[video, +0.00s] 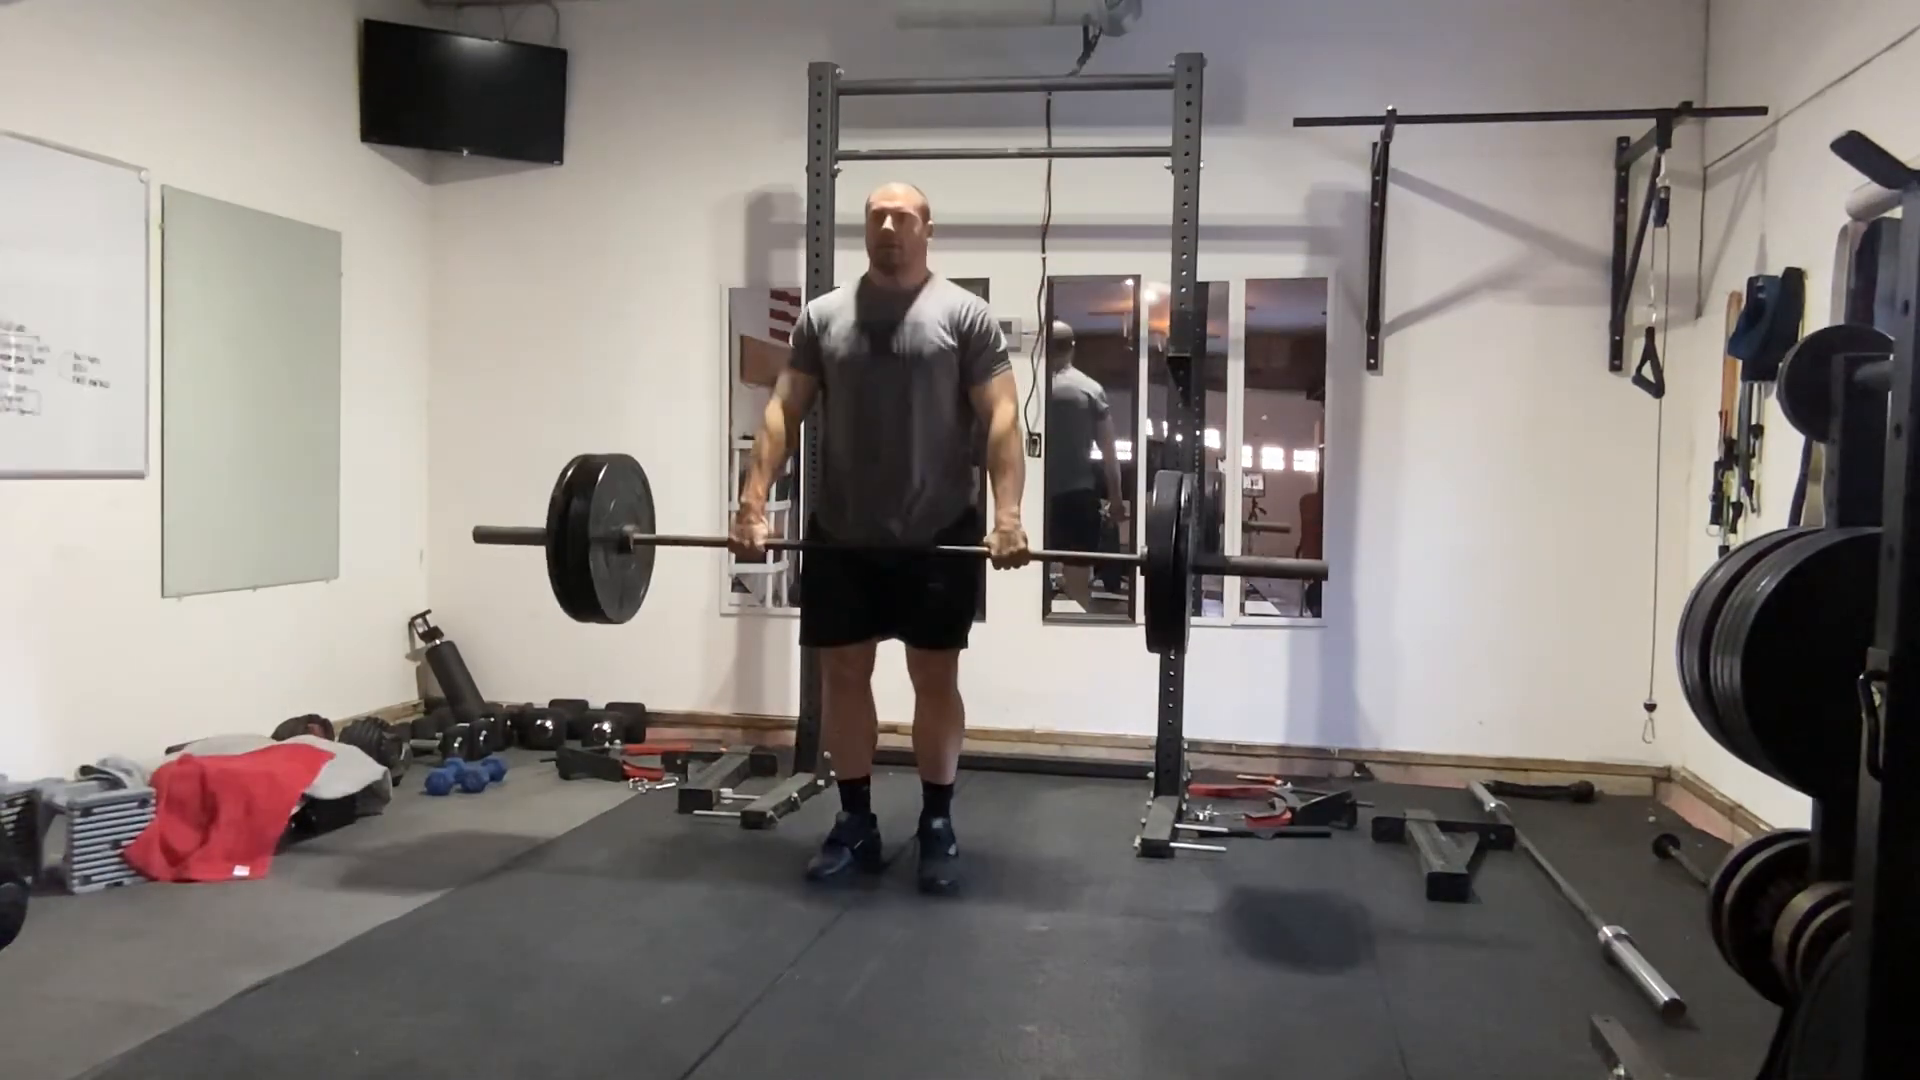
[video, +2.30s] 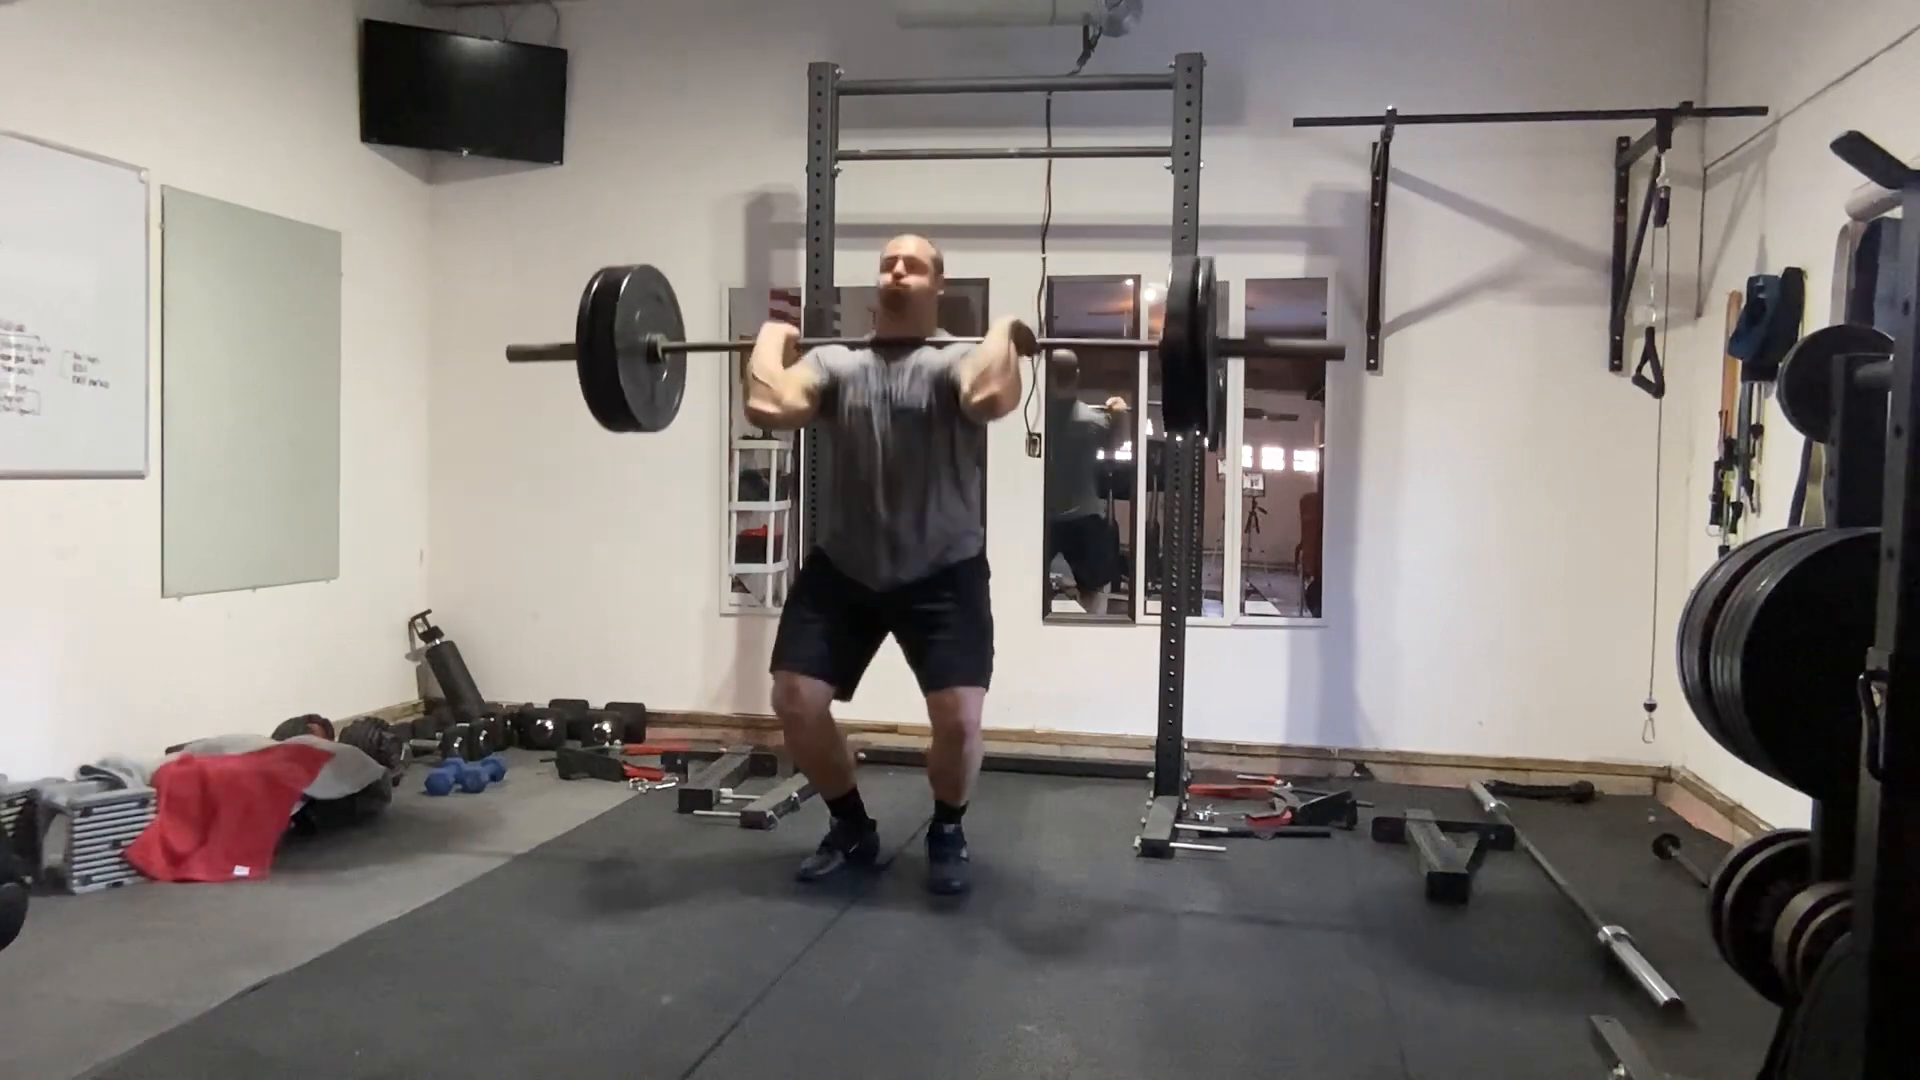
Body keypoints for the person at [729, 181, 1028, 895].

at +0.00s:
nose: (887, 227)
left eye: (902, 218)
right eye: (877, 218)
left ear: (928, 233)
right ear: (863, 233)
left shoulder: (966, 317)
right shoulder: (822, 318)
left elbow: (1000, 418)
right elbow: (783, 410)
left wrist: (1007, 517)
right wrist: (751, 503)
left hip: (936, 531)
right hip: (842, 530)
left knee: (934, 675)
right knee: (844, 672)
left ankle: (937, 828)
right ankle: (855, 828)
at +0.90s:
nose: (907, 234)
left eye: (921, 227)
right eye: (897, 226)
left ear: (945, 246)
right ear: (882, 242)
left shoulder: (974, 305)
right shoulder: (842, 304)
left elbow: (1027, 380)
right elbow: (787, 376)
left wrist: (1013, 462)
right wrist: (759, 455)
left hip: (938, 506)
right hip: (845, 503)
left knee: (929, 660)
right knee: (844, 660)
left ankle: (930, 822)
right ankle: (851, 817)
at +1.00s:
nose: (909, 226)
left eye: (924, 221)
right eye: (899, 220)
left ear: (946, 244)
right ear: (884, 241)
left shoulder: (974, 295)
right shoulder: (847, 295)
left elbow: (1043, 348)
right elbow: (791, 355)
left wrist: (1022, 390)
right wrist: (758, 385)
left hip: (943, 471)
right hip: (857, 470)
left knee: (936, 633)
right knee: (842, 638)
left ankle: (939, 819)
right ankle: (848, 811)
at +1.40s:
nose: (884, 313)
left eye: (899, 304)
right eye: (877, 304)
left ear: (932, 319)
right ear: (866, 318)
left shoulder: (949, 387)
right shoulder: (835, 391)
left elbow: (977, 409)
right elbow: (758, 405)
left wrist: (989, 341)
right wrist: (781, 340)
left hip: (946, 582)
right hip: (844, 582)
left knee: (987, 723)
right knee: (766, 706)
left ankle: (968, 835)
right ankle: (833, 829)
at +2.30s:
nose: (897, 275)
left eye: (914, 267)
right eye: (888, 266)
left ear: (939, 288)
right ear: (874, 285)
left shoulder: (959, 359)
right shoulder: (834, 364)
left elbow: (993, 397)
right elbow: (769, 402)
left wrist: (1003, 330)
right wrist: (772, 336)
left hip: (941, 569)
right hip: (843, 567)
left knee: (958, 718)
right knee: (796, 699)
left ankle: (947, 834)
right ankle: (852, 831)